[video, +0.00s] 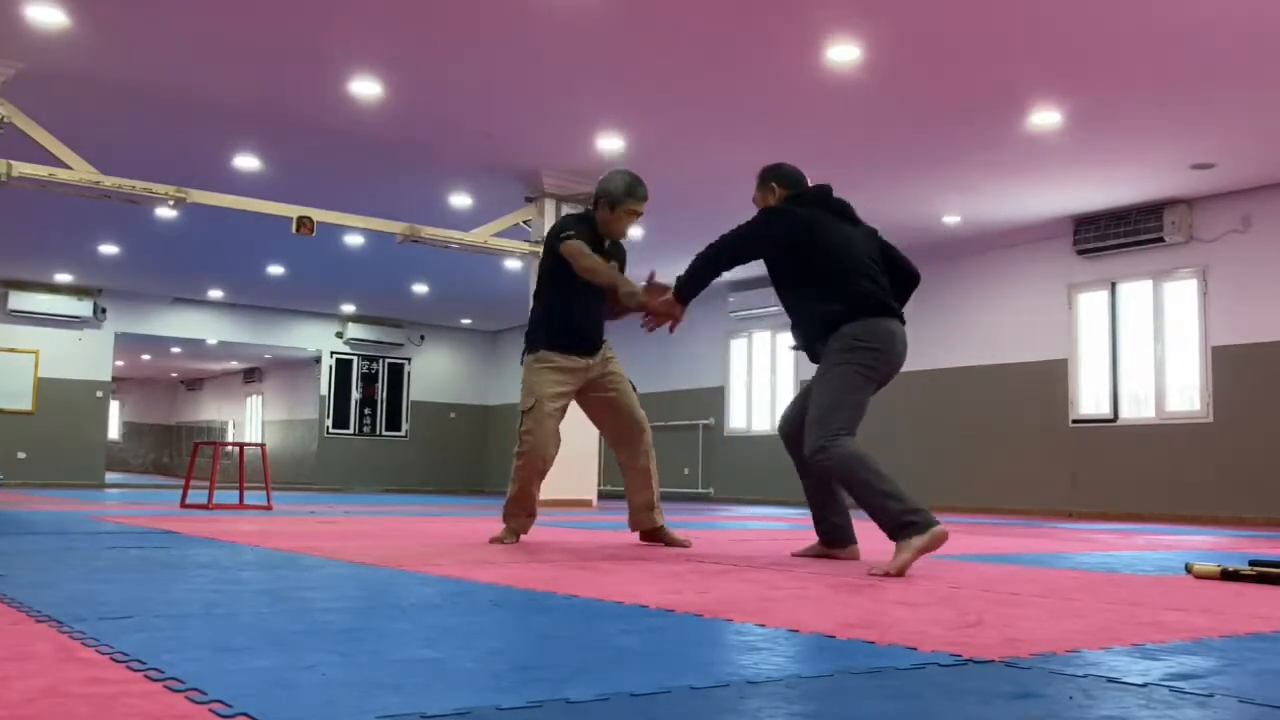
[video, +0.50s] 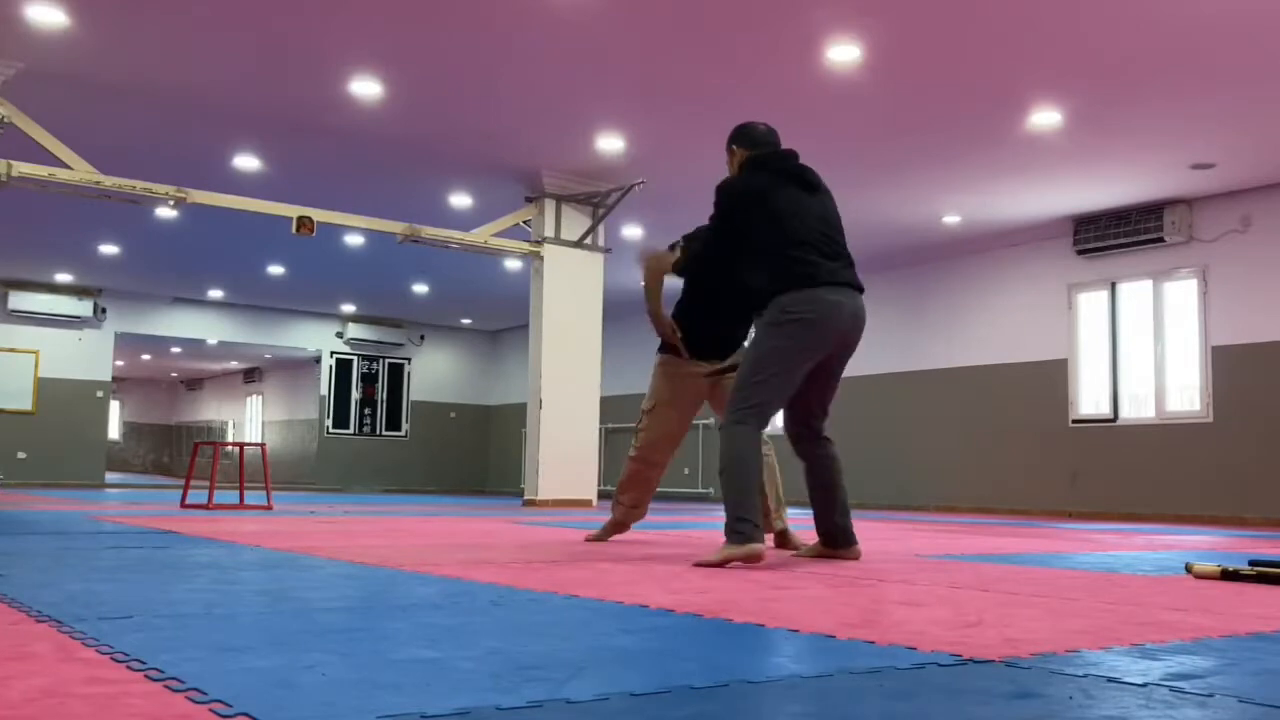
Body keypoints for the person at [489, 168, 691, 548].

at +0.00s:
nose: (632, 224)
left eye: (636, 217)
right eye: (629, 215)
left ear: (622, 212)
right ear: (603, 206)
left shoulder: (615, 250)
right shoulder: (567, 230)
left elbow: (607, 307)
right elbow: (586, 266)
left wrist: (641, 299)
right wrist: (632, 290)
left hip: (596, 359)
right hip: (549, 360)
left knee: (635, 430)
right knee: (537, 447)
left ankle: (649, 524)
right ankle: (513, 527)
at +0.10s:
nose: (636, 228)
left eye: (640, 220)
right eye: (632, 219)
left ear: (636, 217)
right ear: (606, 212)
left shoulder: (634, 255)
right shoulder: (567, 232)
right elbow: (519, 266)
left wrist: (707, 298)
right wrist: (536, 306)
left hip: (612, 364)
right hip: (561, 364)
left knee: (659, 428)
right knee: (539, 447)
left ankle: (672, 518)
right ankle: (513, 528)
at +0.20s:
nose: (658, 235)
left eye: (663, 226)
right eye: (652, 226)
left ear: (665, 224)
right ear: (627, 220)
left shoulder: (660, 264)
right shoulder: (586, 239)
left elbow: (667, 328)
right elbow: (536, 264)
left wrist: (719, 332)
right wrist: (513, 314)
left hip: (640, 370)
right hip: (586, 371)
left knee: (692, 436)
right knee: (557, 447)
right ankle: (515, 527)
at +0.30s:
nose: (701, 235)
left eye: (706, 227)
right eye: (694, 226)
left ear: (710, 225)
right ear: (670, 221)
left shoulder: (711, 266)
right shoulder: (641, 243)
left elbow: (707, 325)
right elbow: (610, 270)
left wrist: (682, 340)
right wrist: (584, 308)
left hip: (682, 375)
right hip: (626, 373)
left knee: (729, 441)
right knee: (581, 444)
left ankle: (763, 529)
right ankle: (525, 522)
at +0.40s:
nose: (748, 231)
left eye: (753, 223)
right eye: (740, 221)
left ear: (758, 225)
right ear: (718, 219)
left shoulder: (756, 265)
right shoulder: (685, 240)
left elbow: (760, 327)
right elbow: (643, 265)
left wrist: (733, 358)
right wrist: (628, 304)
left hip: (712, 370)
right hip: (658, 367)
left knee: (752, 440)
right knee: (613, 447)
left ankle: (770, 529)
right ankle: (596, 519)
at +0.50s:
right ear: (734, 216)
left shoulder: (768, 253)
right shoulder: (710, 240)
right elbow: (655, 264)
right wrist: (659, 318)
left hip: (733, 360)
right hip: (682, 360)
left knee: (755, 442)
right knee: (651, 445)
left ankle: (779, 527)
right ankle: (620, 519)